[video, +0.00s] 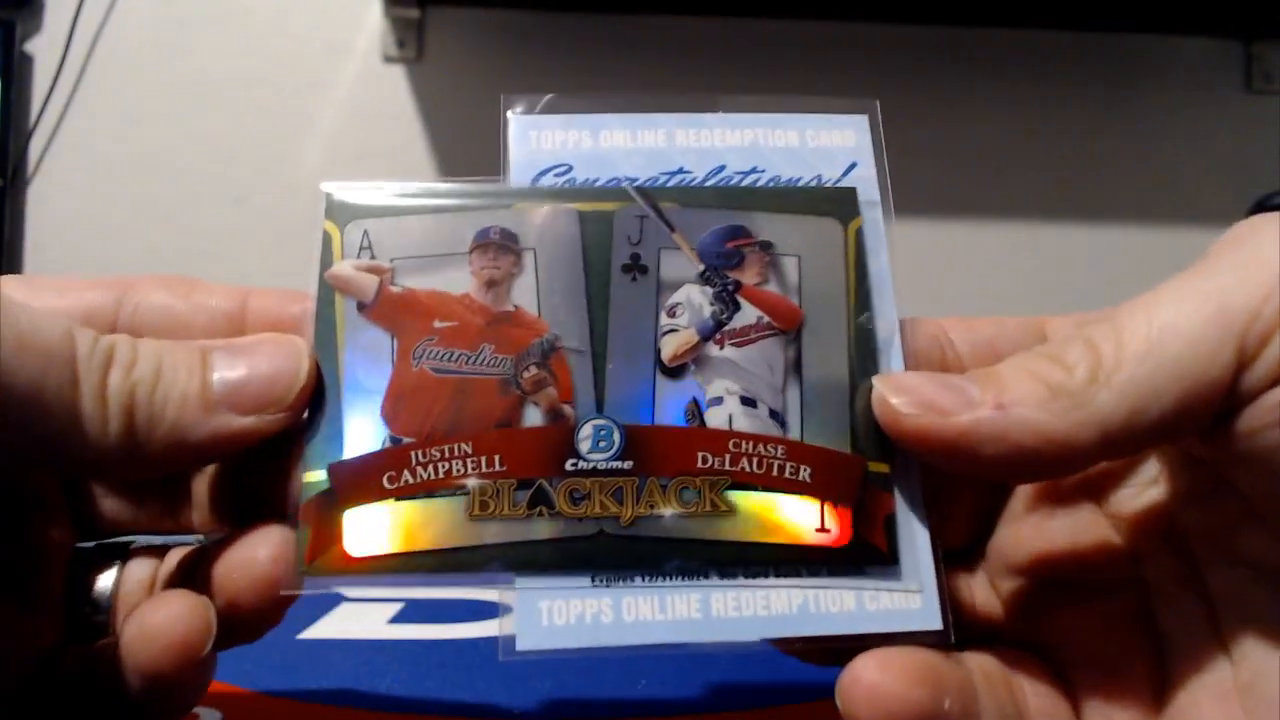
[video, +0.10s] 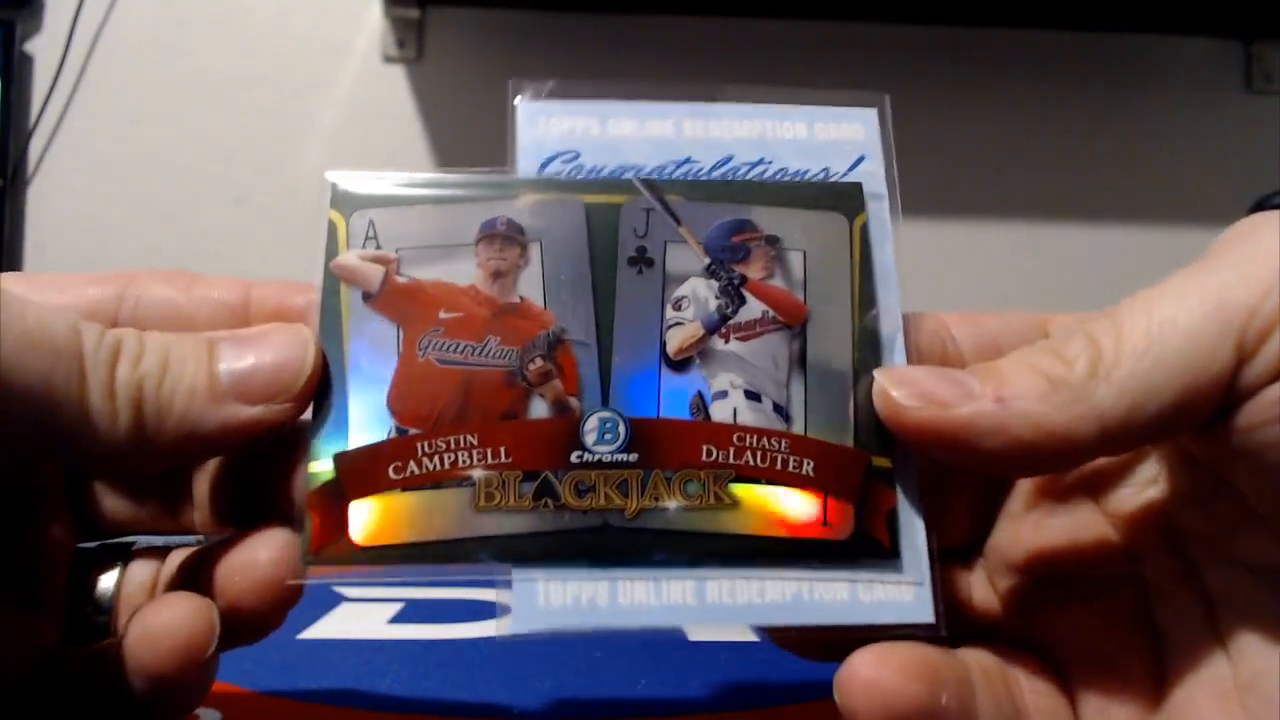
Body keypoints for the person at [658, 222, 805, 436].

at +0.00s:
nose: (765, 257)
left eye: (762, 250)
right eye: (754, 250)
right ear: (729, 257)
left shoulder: (768, 299)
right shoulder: (693, 294)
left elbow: (794, 319)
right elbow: (670, 355)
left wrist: (735, 286)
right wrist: (713, 321)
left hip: (774, 420)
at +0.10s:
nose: (770, 251)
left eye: (768, 244)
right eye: (759, 244)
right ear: (733, 252)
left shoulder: (774, 292)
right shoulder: (699, 288)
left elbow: (799, 314)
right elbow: (675, 348)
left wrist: (743, 281)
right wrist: (719, 315)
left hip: (778, 415)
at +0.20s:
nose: (772, 243)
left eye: (770, 236)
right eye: (761, 237)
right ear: (736, 243)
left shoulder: (776, 285)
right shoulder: (701, 279)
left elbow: (801, 306)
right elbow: (677, 339)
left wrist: (744, 271)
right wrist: (721, 306)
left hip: (779, 407)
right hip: (735, 402)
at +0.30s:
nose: (778, 238)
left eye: (776, 231)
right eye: (768, 231)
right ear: (743, 236)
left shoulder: (782, 281)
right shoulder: (708, 274)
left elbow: (805, 301)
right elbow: (682, 334)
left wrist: (749, 266)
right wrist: (725, 301)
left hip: (782, 402)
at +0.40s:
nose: (785, 234)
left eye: (783, 227)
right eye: (774, 227)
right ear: (750, 232)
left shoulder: (786, 275)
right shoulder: (713, 268)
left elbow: (809, 299)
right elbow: (686, 328)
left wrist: (754, 262)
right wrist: (730, 297)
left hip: (784, 397)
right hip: (742, 390)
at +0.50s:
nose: (786, 231)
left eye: (784, 223)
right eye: (775, 223)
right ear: (749, 227)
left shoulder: (786, 274)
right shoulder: (713, 266)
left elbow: (810, 296)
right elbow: (687, 325)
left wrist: (757, 260)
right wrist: (731, 294)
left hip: (783, 396)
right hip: (743, 388)